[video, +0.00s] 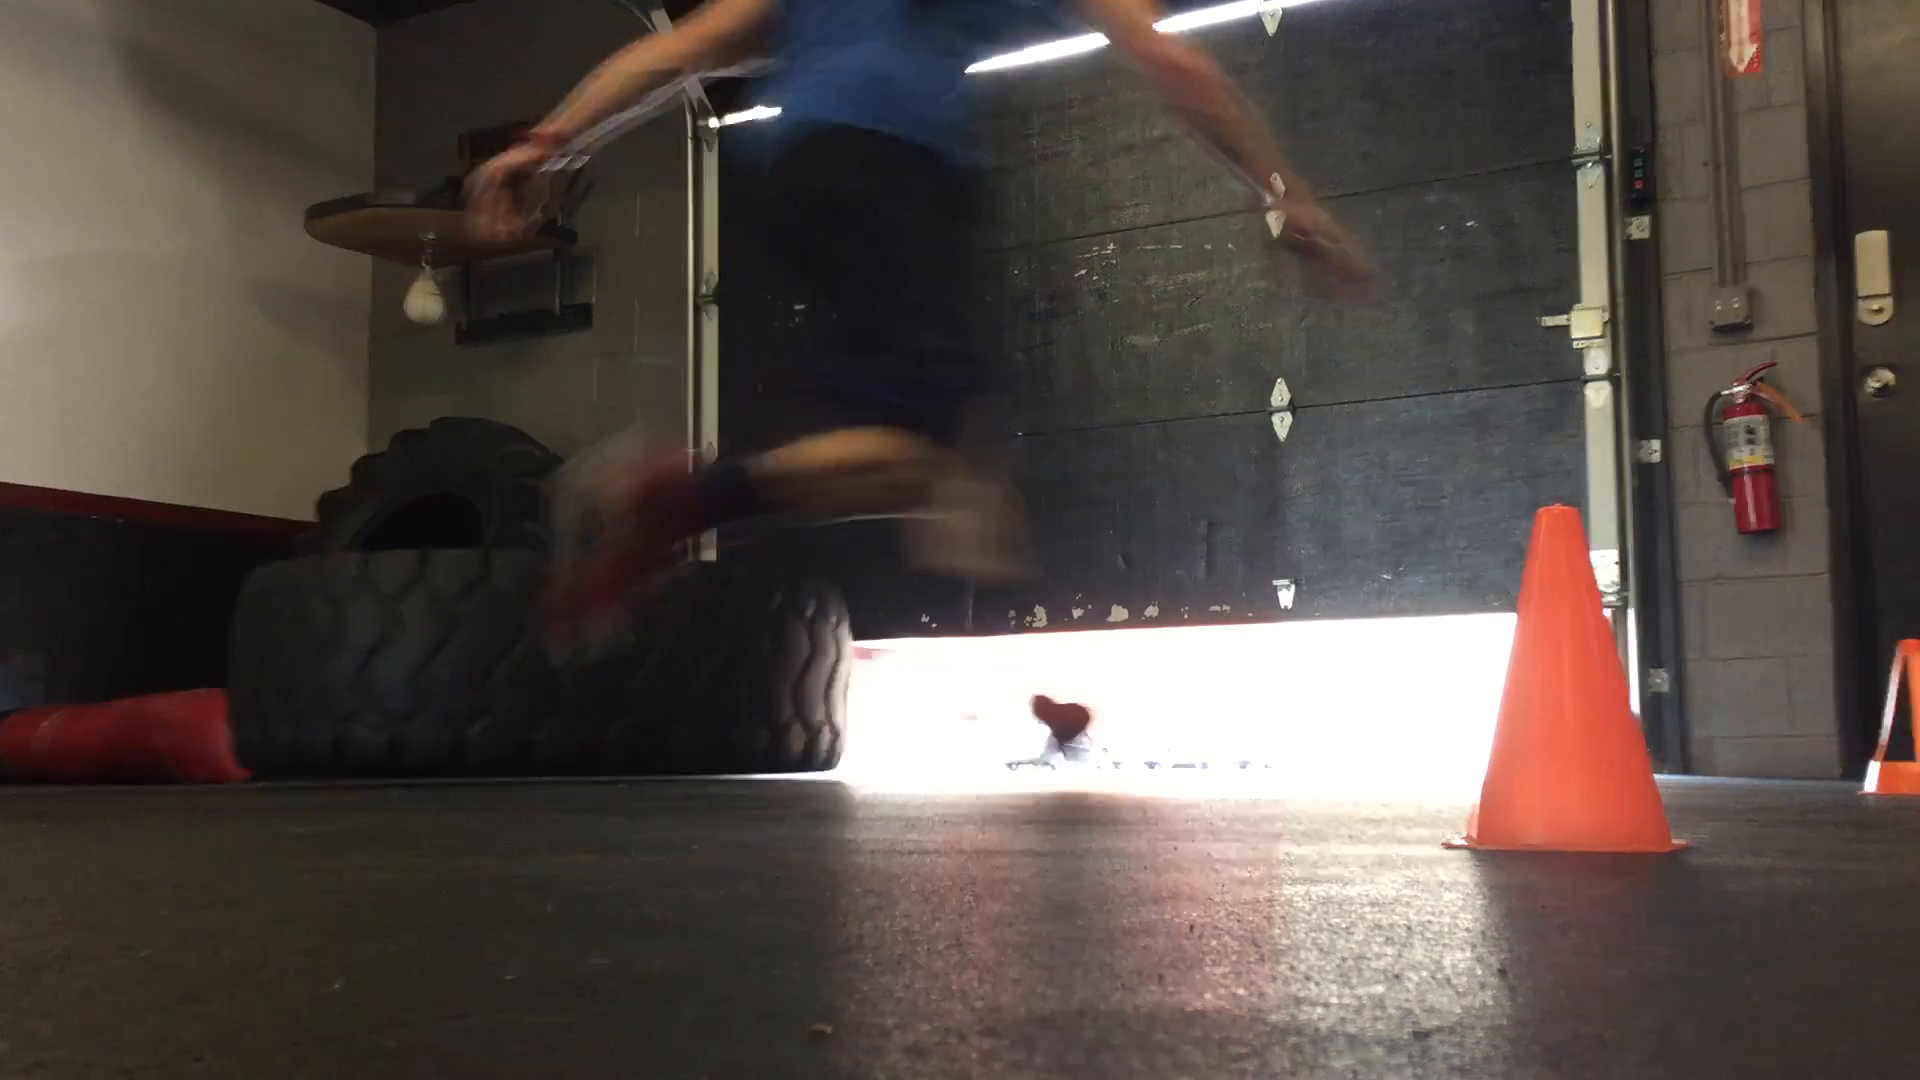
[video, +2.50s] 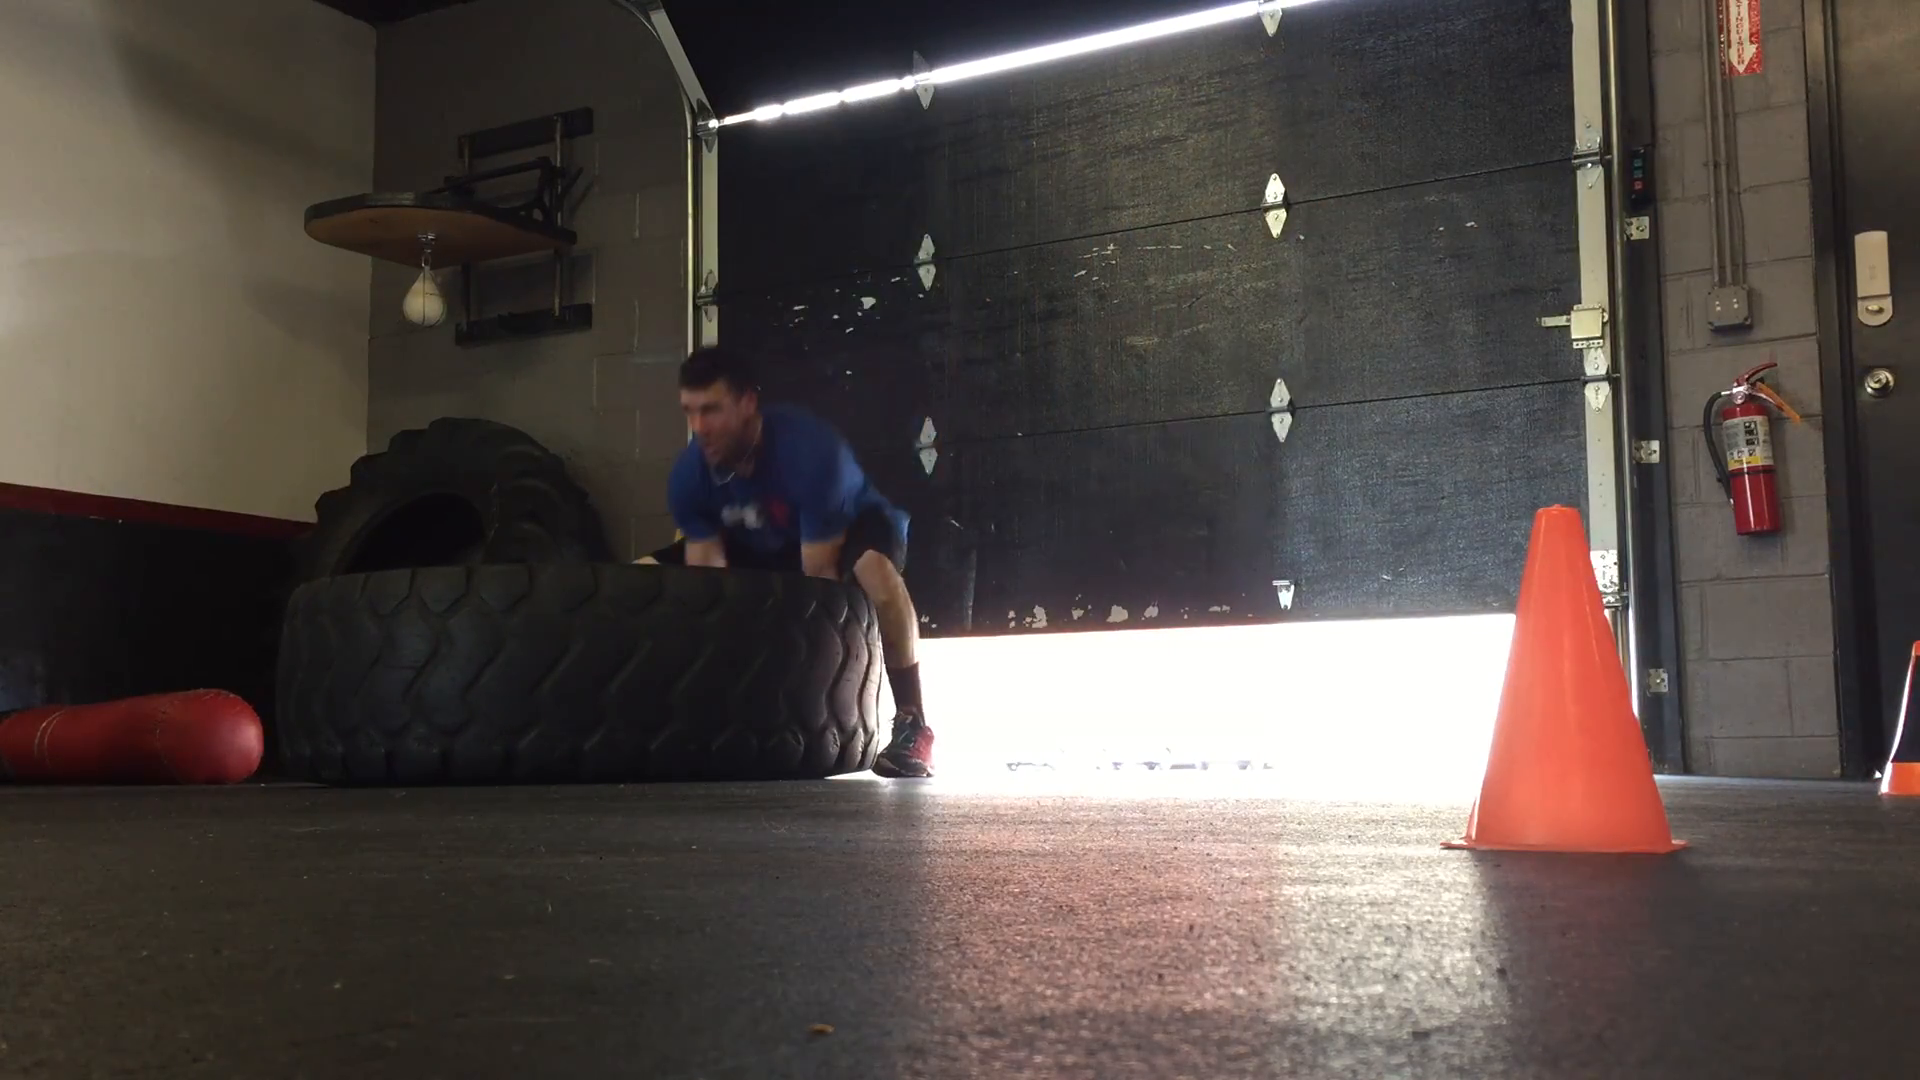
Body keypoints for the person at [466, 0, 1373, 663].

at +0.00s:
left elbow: (678, 43)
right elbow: (1170, 61)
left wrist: (543, 142)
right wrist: (1281, 185)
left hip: (775, 167)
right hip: (895, 161)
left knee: (941, 452)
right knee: (912, 448)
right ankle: (702, 493)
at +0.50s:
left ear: (1469, 153)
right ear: (1557, 158)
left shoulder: (1400, 192)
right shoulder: (1589, 182)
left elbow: (1305, 237)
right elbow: (1682, 316)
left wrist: (1261, 335)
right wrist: (1782, 460)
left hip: (1405, 347)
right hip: (1561, 318)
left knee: (1403, 497)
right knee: (1768, 515)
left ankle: (1440, 684)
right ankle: (1900, 647)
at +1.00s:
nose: (1166, 43)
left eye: (1168, 32)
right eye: (1171, 32)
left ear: (1183, 30)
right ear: (1246, 30)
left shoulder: (1148, 83)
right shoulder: (1314, 86)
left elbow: (1099, 178)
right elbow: (1381, 185)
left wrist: (1134, 269)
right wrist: (1406, 319)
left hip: (1197, 314)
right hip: (1296, 315)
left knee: (1223, 508)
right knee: (1260, 506)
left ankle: (1327, 585)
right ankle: (1250, 721)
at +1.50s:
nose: (946, 127)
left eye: (950, 109)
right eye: (943, 112)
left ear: (990, 98)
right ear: (1001, 101)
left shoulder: (988, 168)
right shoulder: (1088, 179)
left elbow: (977, 288)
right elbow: (1099, 300)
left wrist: (898, 361)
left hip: (994, 408)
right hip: (1068, 408)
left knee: (980, 562)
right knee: (1049, 558)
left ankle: (1044, 730)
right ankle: (1150, 666)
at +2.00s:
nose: (825, 171)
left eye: (834, 157)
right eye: (819, 159)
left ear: (875, 144)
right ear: (820, 154)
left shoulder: (922, 217)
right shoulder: (828, 210)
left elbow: (948, 333)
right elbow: (829, 306)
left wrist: (853, 378)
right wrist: (797, 382)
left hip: (906, 405)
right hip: (847, 404)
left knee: (877, 541)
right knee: (830, 555)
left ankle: (962, 702)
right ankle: (887, 711)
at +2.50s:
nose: (698, 426)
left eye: (710, 411)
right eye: (689, 413)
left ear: (749, 404)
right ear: (682, 412)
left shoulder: (814, 451)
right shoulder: (689, 476)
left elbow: (819, 576)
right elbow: (706, 579)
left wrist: (815, 695)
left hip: (847, 533)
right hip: (756, 547)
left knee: (873, 566)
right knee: (644, 574)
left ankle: (911, 723)